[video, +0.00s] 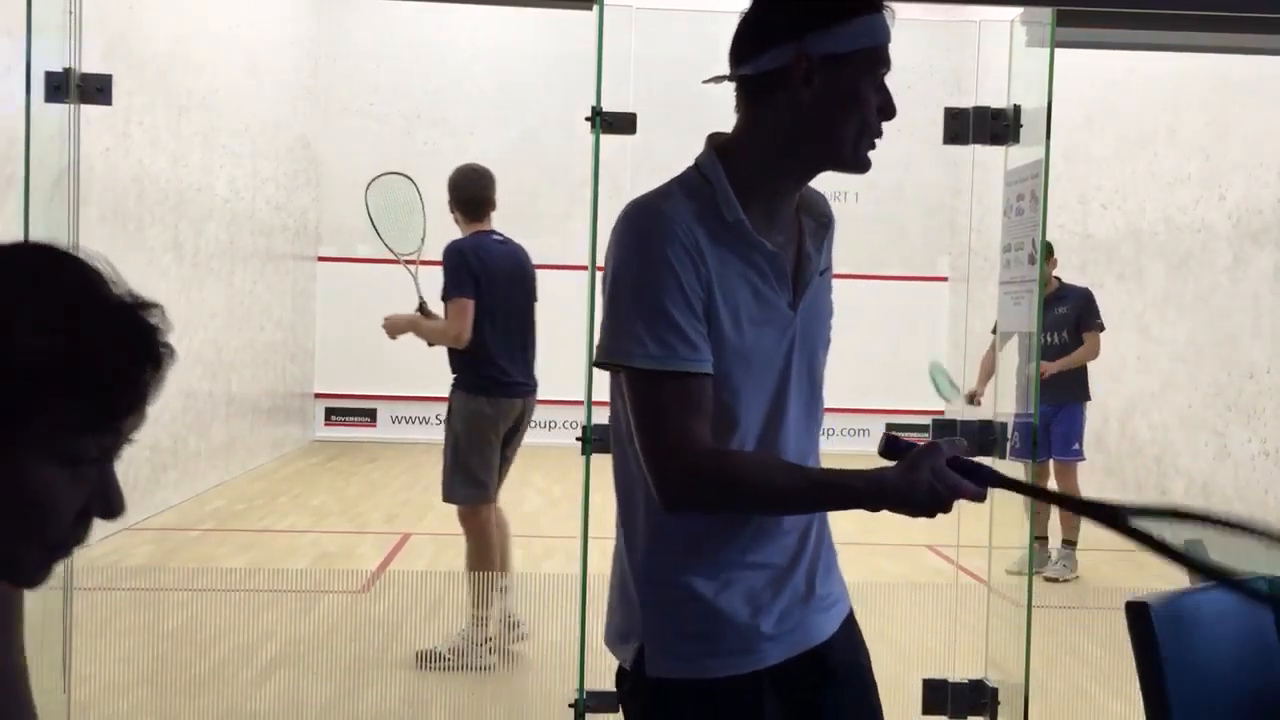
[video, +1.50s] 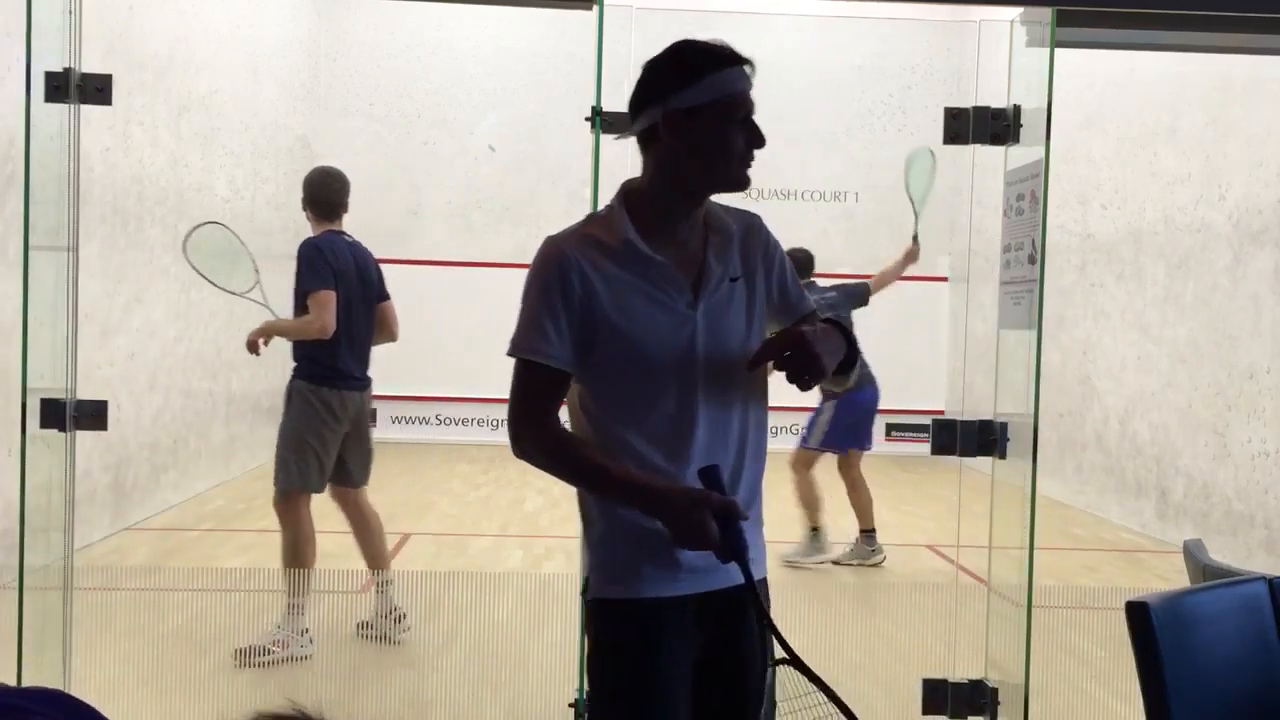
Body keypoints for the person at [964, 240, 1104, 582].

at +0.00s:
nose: (1033, 273)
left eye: (1038, 265)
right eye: (1028, 266)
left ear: (1052, 262)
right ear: (1021, 268)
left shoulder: (1079, 297)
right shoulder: (1020, 302)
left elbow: (1092, 348)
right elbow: (994, 349)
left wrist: (1056, 365)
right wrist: (980, 386)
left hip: (1067, 404)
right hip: (1029, 403)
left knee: (1065, 478)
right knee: (1035, 479)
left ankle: (1067, 555)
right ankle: (1038, 551)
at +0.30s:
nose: (1036, 267)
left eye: (1041, 260)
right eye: (1031, 261)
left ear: (1056, 260)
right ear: (1024, 264)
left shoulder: (1074, 298)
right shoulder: (1021, 299)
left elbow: (1069, 345)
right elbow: (990, 330)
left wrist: (1044, 380)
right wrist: (971, 342)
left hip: (1061, 403)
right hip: (1025, 399)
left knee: (1061, 477)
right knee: (1023, 476)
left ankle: (1067, 555)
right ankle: (1036, 552)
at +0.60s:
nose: (1013, 262)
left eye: (1021, 254)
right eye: (1008, 255)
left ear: (1034, 257)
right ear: (1002, 258)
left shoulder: (1053, 297)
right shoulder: (1005, 297)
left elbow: (1019, 334)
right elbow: (977, 331)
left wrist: (963, 336)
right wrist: (980, 303)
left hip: (1047, 401)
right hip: (1012, 402)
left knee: (1053, 480)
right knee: (984, 470)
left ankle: (1067, 556)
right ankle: (1002, 547)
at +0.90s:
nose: (926, 285)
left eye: (931, 278)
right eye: (925, 278)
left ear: (951, 276)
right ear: (937, 280)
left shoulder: (989, 301)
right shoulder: (941, 310)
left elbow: (980, 347)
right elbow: (938, 324)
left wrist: (924, 359)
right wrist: (949, 274)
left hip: (1004, 409)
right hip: (968, 408)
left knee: (1028, 482)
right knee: (930, 469)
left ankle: (1062, 553)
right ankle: (894, 533)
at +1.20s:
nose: (834, 302)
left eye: (837, 295)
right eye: (833, 296)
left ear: (853, 291)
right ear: (853, 293)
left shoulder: (883, 316)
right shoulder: (868, 321)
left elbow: (877, 372)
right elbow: (846, 364)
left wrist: (855, 405)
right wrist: (817, 398)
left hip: (922, 412)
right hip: (899, 412)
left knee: (924, 488)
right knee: (864, 464)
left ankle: (994, 530)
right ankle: (870, 545)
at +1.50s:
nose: (777, 281)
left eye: (779, 275)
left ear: (785, 275)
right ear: (811, 271)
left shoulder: (786, 303)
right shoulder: (833, 295)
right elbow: (876, 283)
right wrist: (904, 260)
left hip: (839, 397)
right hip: (864, 392)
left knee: (800, 463)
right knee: (850, 466)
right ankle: (868, 543)